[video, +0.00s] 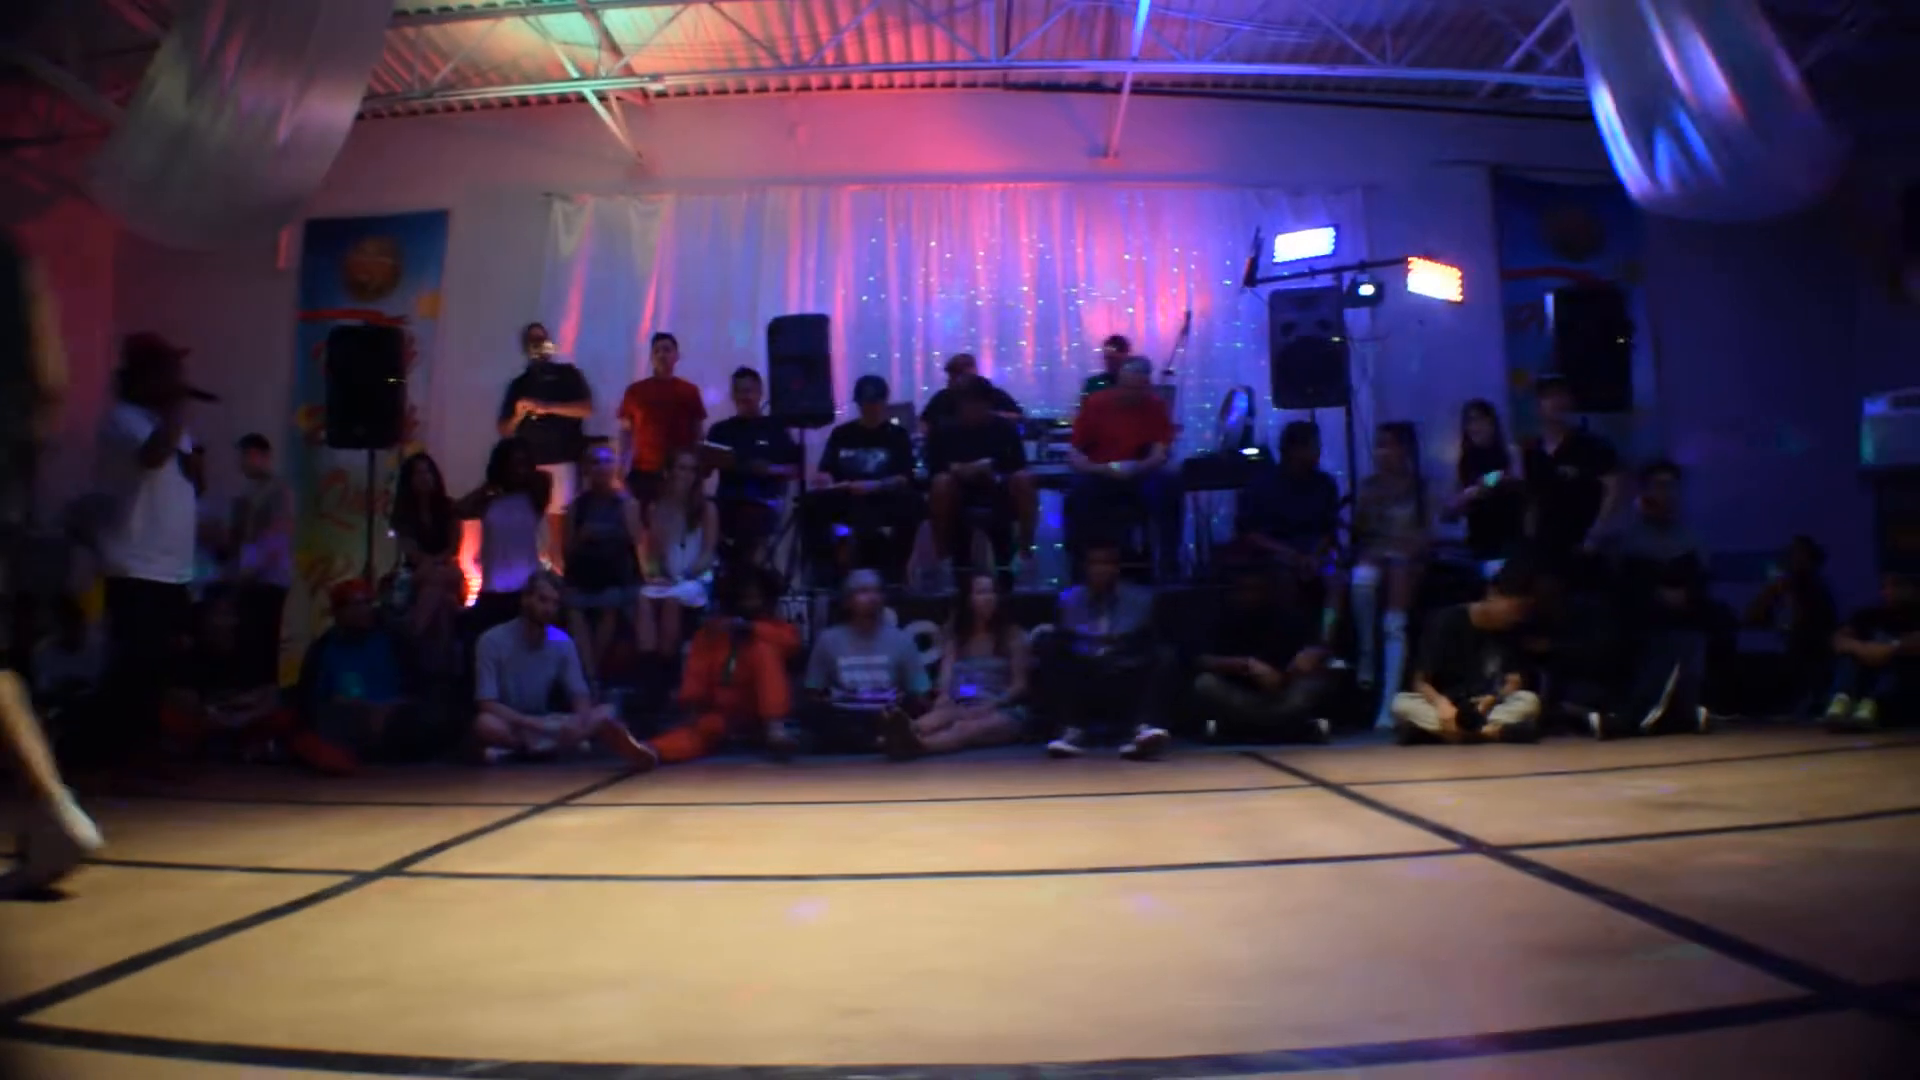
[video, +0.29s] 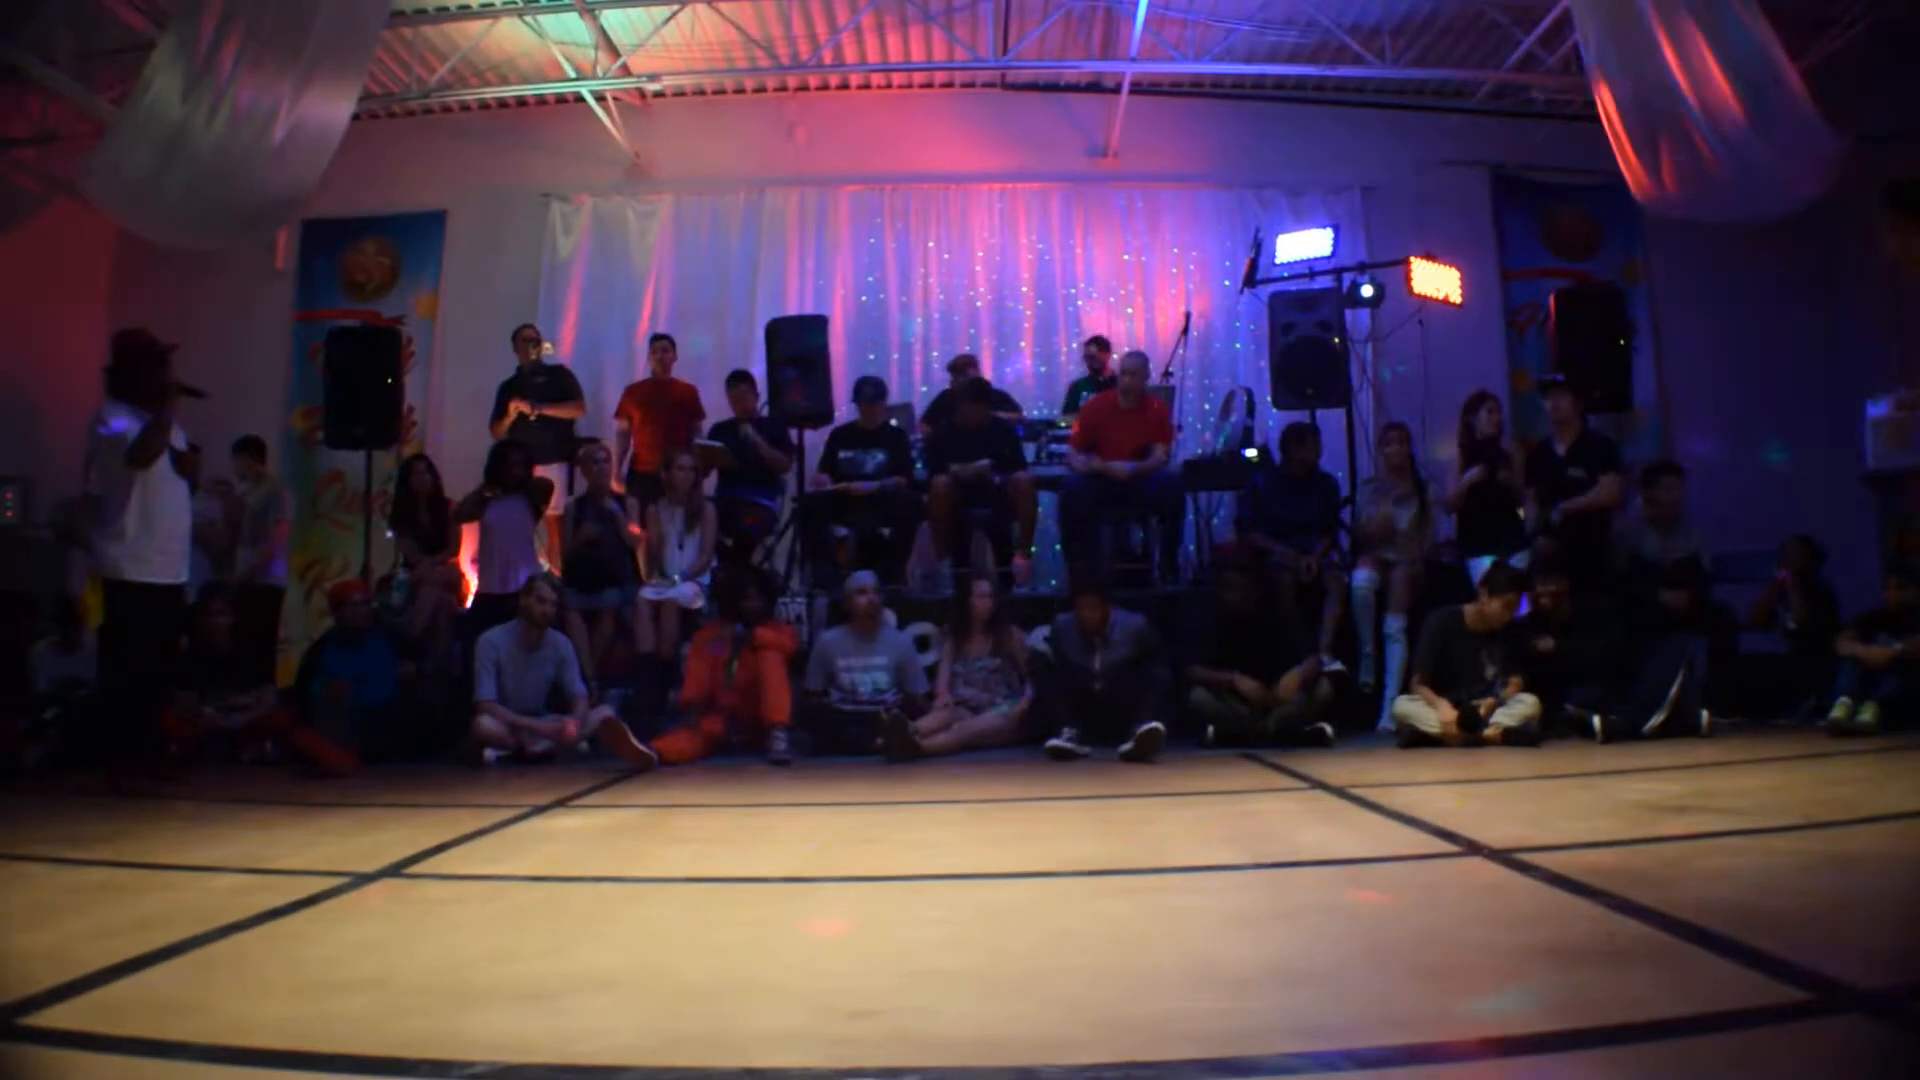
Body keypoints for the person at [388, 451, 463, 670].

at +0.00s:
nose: (424, 479)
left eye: (428, 473)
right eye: (418, 474)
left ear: (435, 476)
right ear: (408, 480)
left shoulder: (447, 506)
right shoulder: (403, 510)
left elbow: (453, 547)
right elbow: (409, 551)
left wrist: (431, 562)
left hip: (447, 573)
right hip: (416, 575)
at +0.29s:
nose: (423, 478)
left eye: (427, 472)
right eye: (416, 473)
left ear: (434, 476)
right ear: (406, 479)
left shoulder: (447, 507)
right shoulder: (401, 509)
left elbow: (453, 547)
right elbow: (407, 550)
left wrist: (428, 564)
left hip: (446, 570)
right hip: (415, 573)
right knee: (445, 602)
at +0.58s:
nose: (428, 481)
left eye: (432, 475)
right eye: (422, 476)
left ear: (439, 478)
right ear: (412, 482)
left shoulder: (452, 509)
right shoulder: (407, 513)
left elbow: (457, 550)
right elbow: (415, 553)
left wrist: (432, 566)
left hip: (451, 572)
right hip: (421, 575)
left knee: (439, 579)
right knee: (450, 603)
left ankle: (419, 636)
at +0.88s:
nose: (445, 480)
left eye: (449, 474)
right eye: (439, 475)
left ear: (457, 478)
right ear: (430, 481)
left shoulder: (469, 507)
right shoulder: (425, 510)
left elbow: (476, 547)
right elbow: (430, 550)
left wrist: (453, 562)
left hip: (469, 569)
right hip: (439, 571)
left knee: (457, 575)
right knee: (467, 600)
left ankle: (439, 633)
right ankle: (462, 661)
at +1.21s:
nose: (449, 480)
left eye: (453, 474)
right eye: (443, 475)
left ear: (460, 477)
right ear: (434, 481)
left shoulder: (475, 507)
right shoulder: (430, 509)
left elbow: (481, 547)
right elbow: (434, 547)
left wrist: (460, 561)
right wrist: (457, 566)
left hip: (475, 569)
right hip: (444, 571)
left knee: (461, 574)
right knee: (471, 600)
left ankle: (443, 631)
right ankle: (466, 665)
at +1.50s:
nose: (448, 480)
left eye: (452, 474)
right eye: (441, 476)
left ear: (459, 478)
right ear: (433, 481)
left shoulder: (474, 509)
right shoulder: (428, 511)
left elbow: (480, 550)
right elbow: (435, 554)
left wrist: (453, 563)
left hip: (474, 571)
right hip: (442, 574)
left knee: (459, 574)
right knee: (471, 602)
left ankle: (440, 633)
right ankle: (465, 668)